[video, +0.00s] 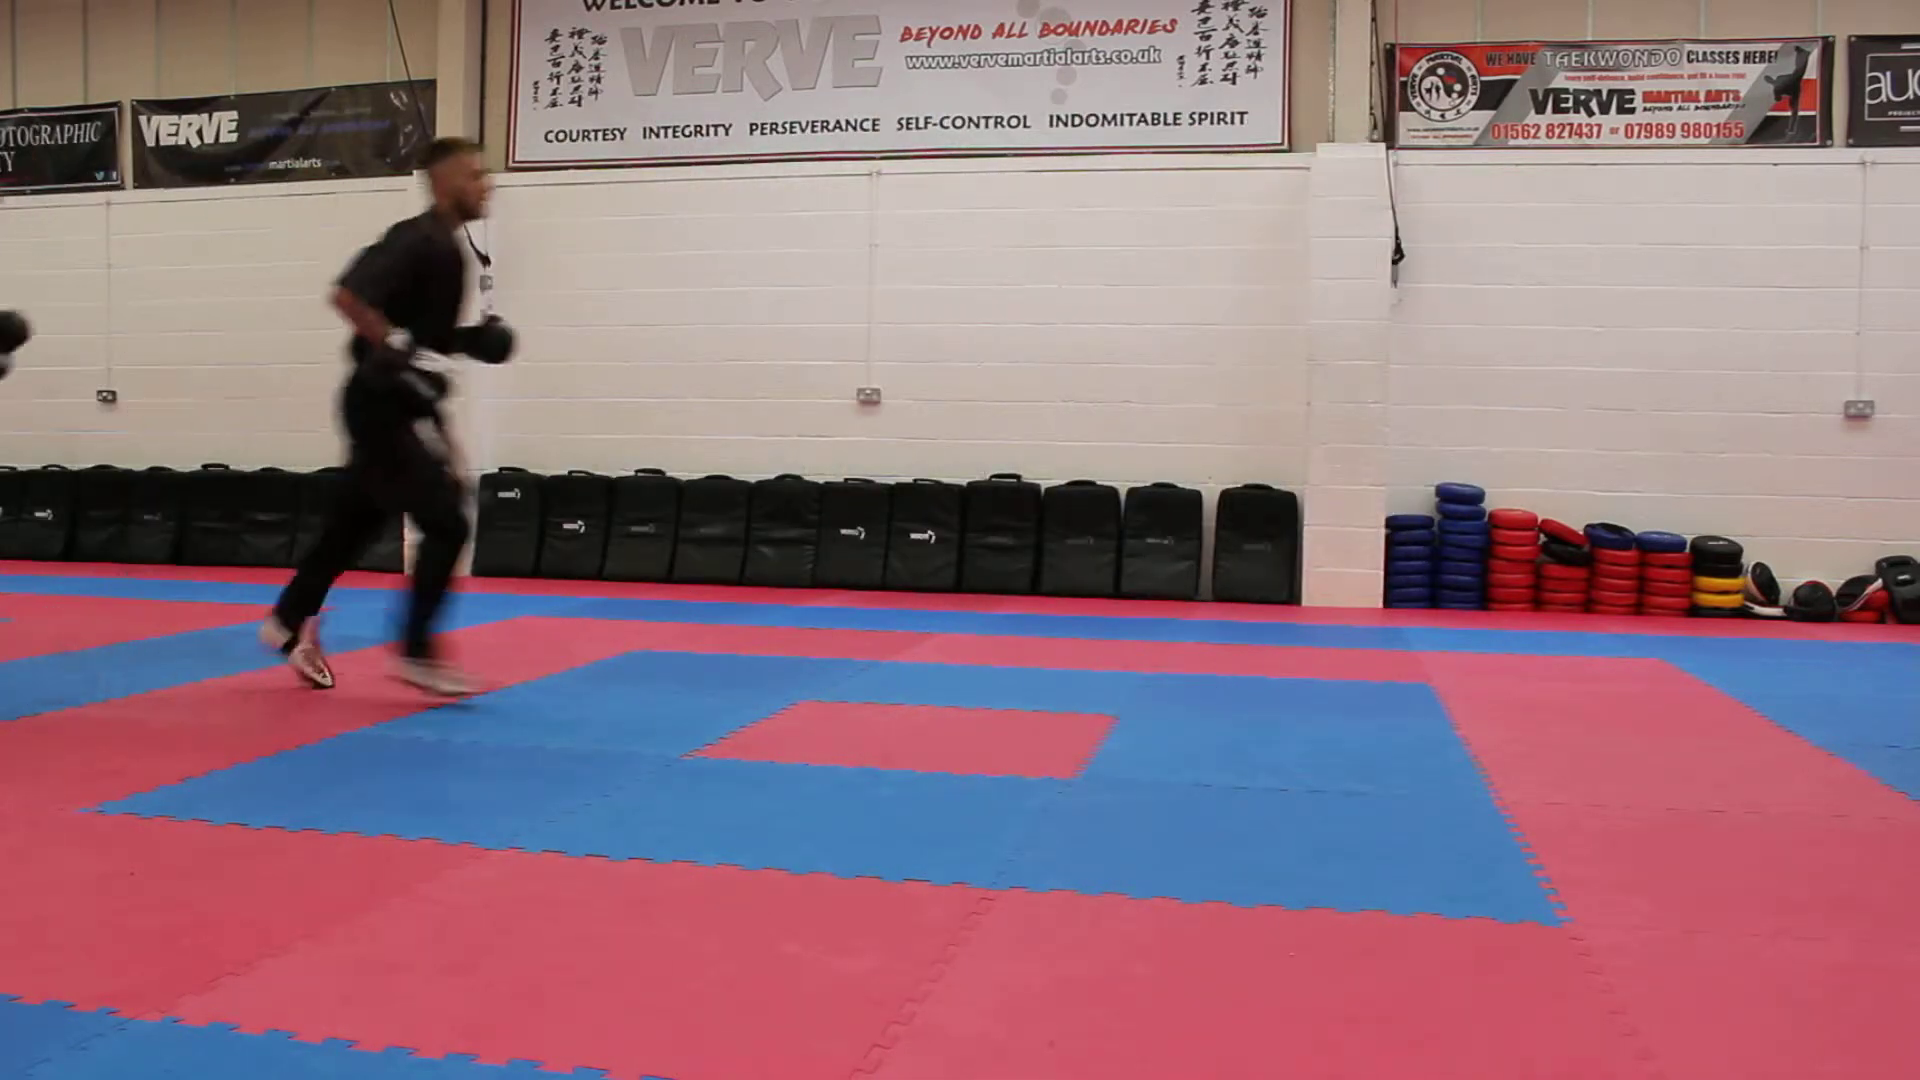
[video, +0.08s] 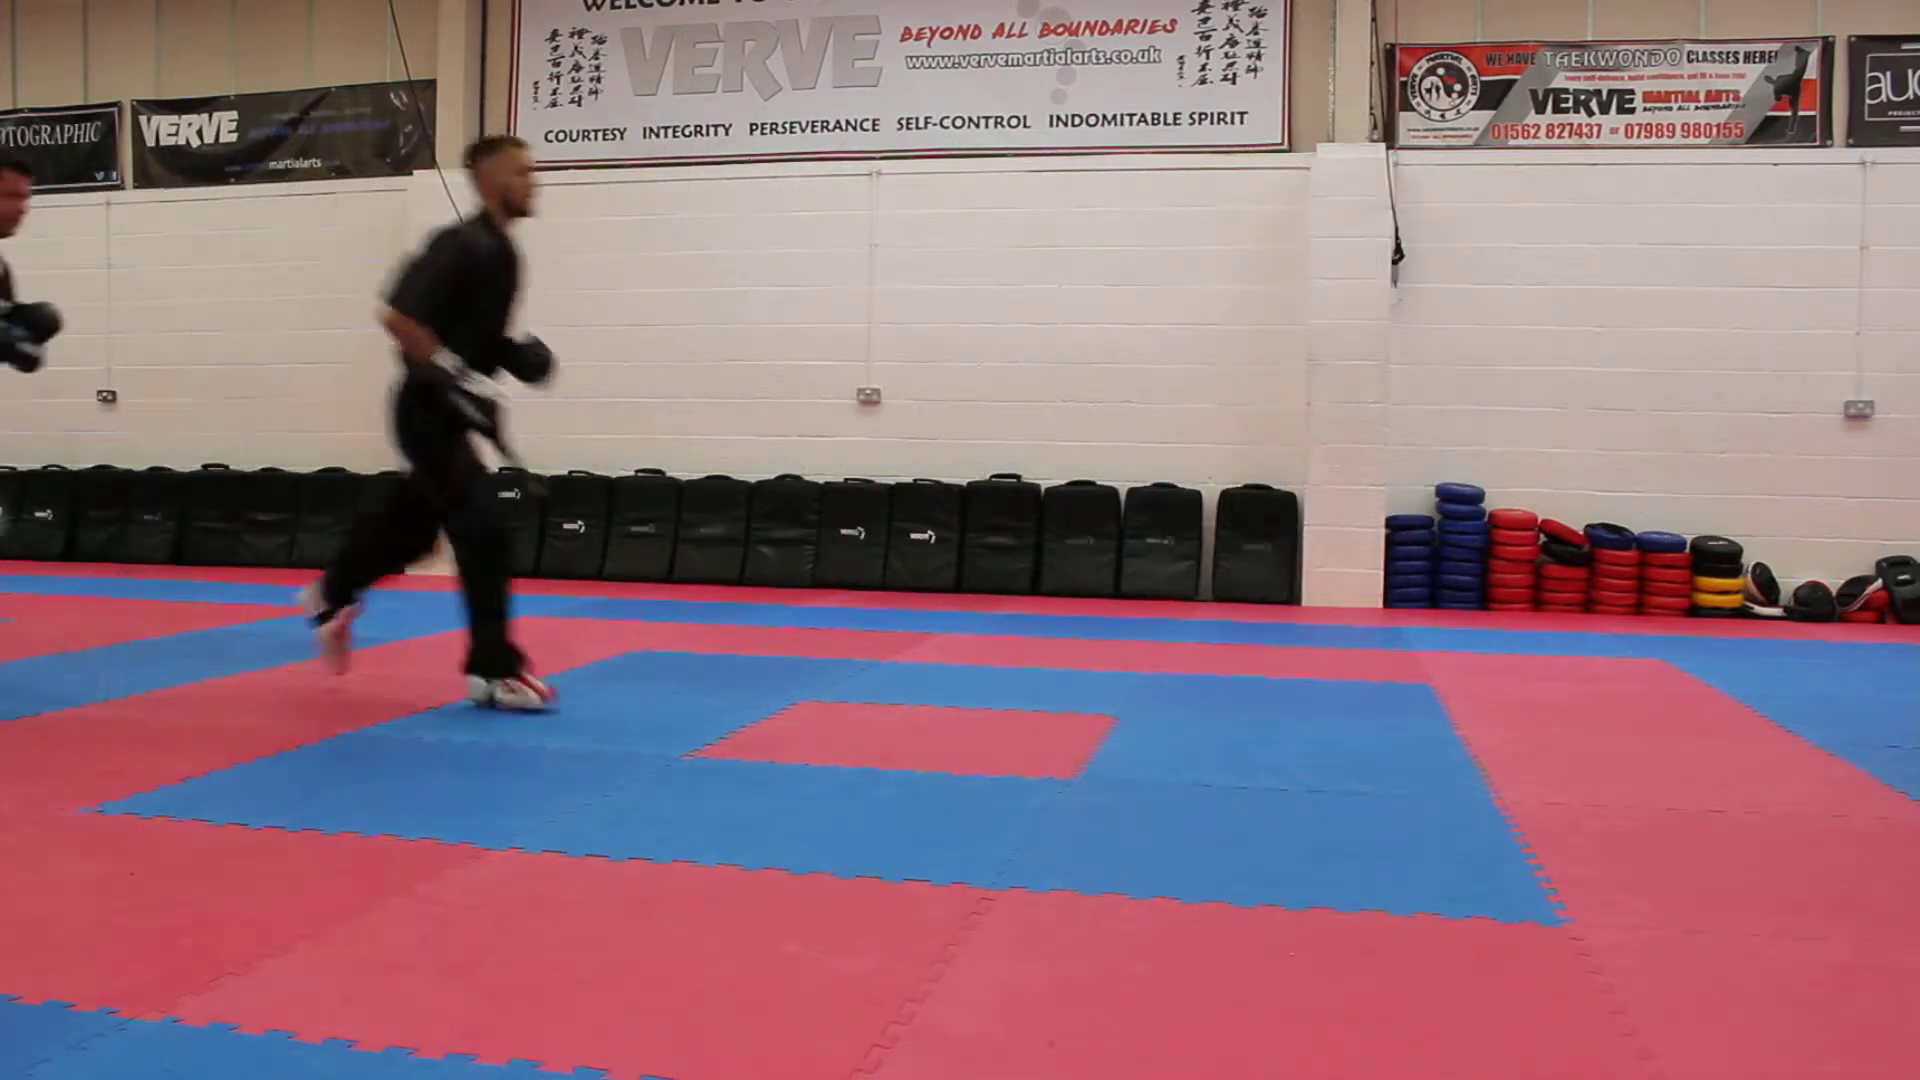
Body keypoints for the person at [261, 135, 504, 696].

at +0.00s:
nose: (485, 185)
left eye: (483, 175)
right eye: (474, 176)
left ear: (460, 183)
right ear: (442, 183)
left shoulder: (449, 248)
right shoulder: (416, 239)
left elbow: (426, 327)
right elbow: (349, 295)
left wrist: (473, 339)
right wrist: (397, 347)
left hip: (399, 397)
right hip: (380, 401)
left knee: (361, 514)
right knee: (446, 520)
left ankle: (287, 619)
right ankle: (416, 652)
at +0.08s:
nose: (532, 182)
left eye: (532, 172)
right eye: (520, 173)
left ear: (515, 182)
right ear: (486, 180)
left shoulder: (501, 253)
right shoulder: (458, 246)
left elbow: (473, 331)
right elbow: (401, 317)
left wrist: (514, 354)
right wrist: (452, 375)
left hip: (454, 402)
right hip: (427, 404)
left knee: (414, 523)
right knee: (481, 525)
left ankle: (334, 593)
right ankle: (493, 667)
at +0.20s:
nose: (602, 192)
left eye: (600, 182)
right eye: (590, 182)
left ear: (571, 192)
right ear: (555, 189)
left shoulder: (563, 262)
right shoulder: (533, 262)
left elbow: (543, 355)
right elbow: (500, 361)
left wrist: (580, 393)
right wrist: (559, 394)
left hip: (533, 421)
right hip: (508, 424)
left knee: (536, 541)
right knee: (541, 547)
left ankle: (461, 591)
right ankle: (508, 676)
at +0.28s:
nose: (651, 175)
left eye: (651, 165)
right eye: (639, 165)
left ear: (636, 173)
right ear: (605, 170)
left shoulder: (616, 244)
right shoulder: (590, 243)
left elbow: (595, 341)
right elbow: (558, 340)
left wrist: (650, 365)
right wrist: (626, 354)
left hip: (594, 407)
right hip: (562, 409)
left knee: (616, 542)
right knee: (558, 539)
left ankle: (550, 622)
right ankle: (513, 662)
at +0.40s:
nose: (735, 150)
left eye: (734, 139)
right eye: (723, 139)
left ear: (709, 147)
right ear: (688, 145)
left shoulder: (699, 218)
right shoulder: (675, 217)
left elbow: (683, 306)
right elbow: (653, 308)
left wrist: (727, 328)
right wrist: (718, 321)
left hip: (689, 395)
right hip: (657, 396)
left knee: (714, 525)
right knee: (613, 521)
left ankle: (728, 663)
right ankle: (538, 635)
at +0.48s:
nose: (789, 162)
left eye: (789, 151)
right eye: (778, 151)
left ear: (764, 160)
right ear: (744, 157)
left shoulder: (755, 228)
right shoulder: (732, 226)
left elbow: (745, 320)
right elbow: (700, 318)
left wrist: (788, 353)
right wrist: (775, 353)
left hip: (741, 404)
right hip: (719, 407)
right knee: (758, 541)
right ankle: (779, 686)